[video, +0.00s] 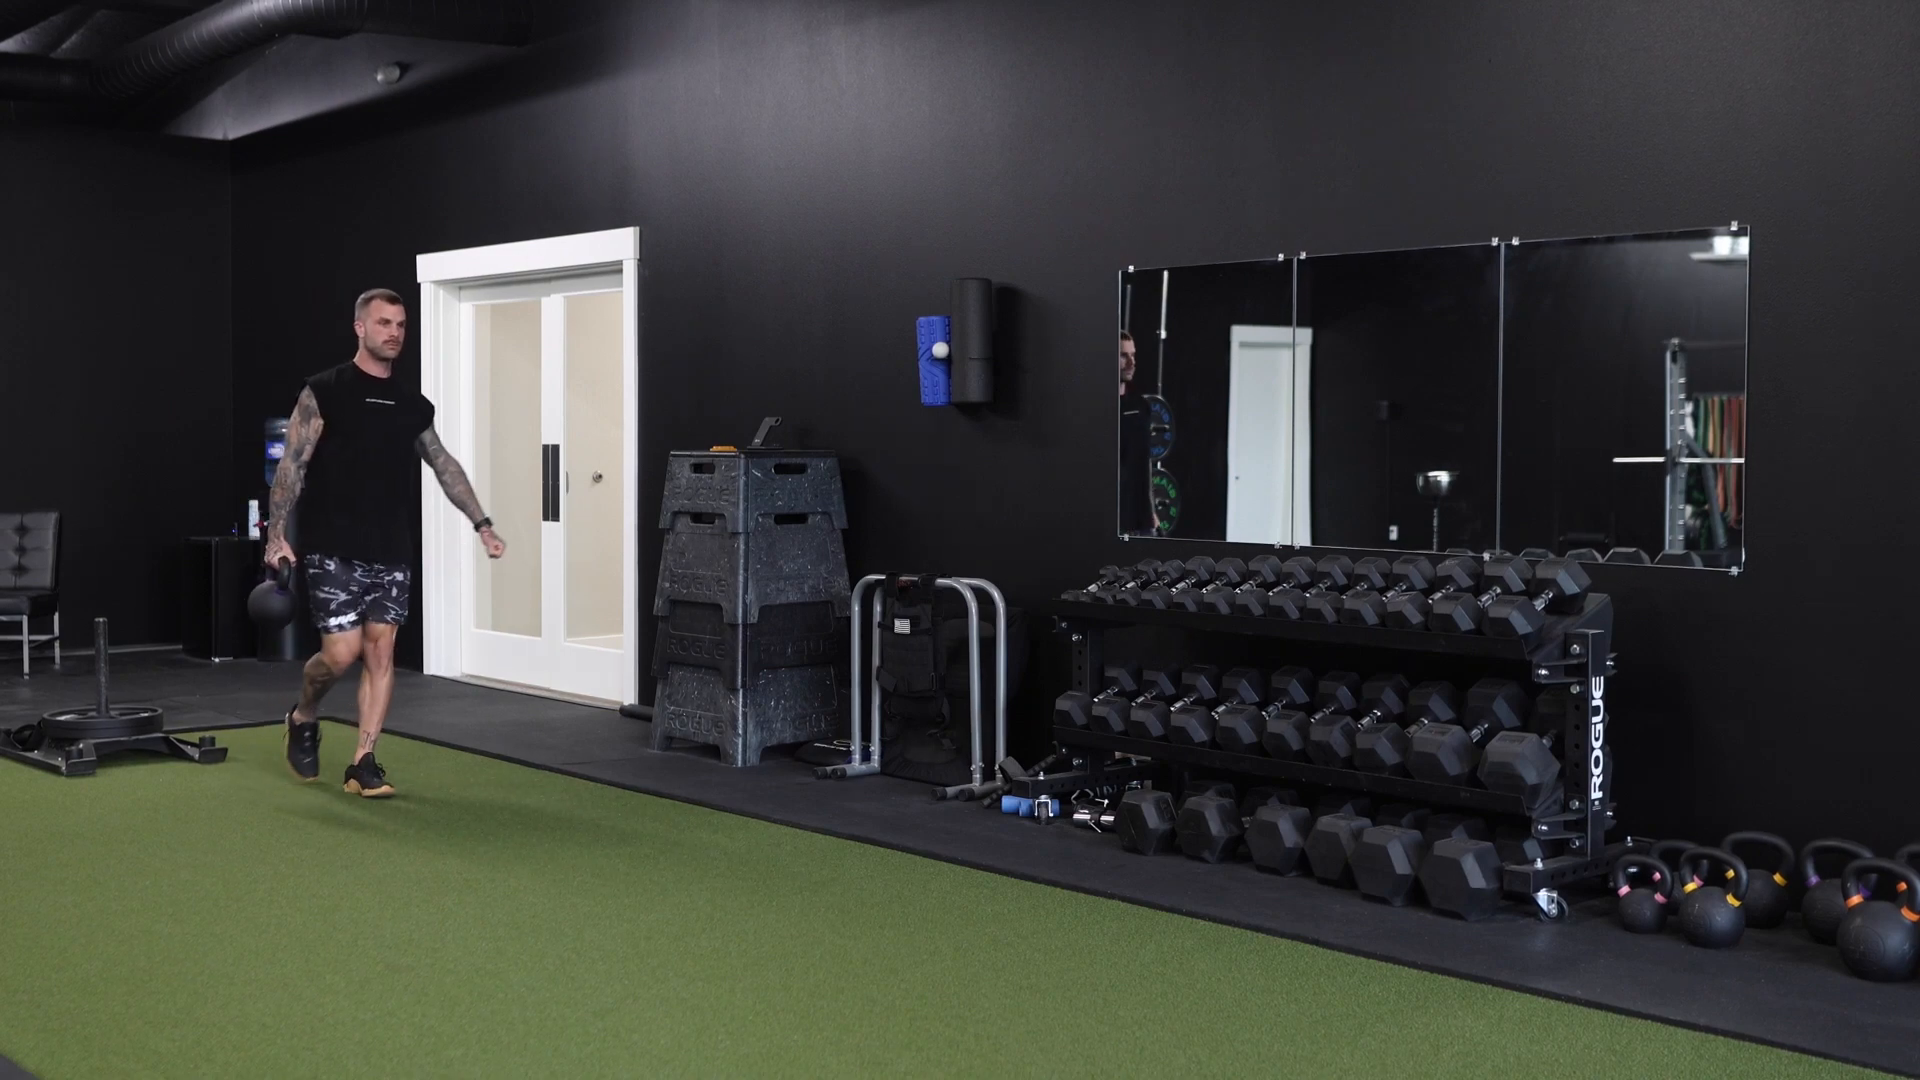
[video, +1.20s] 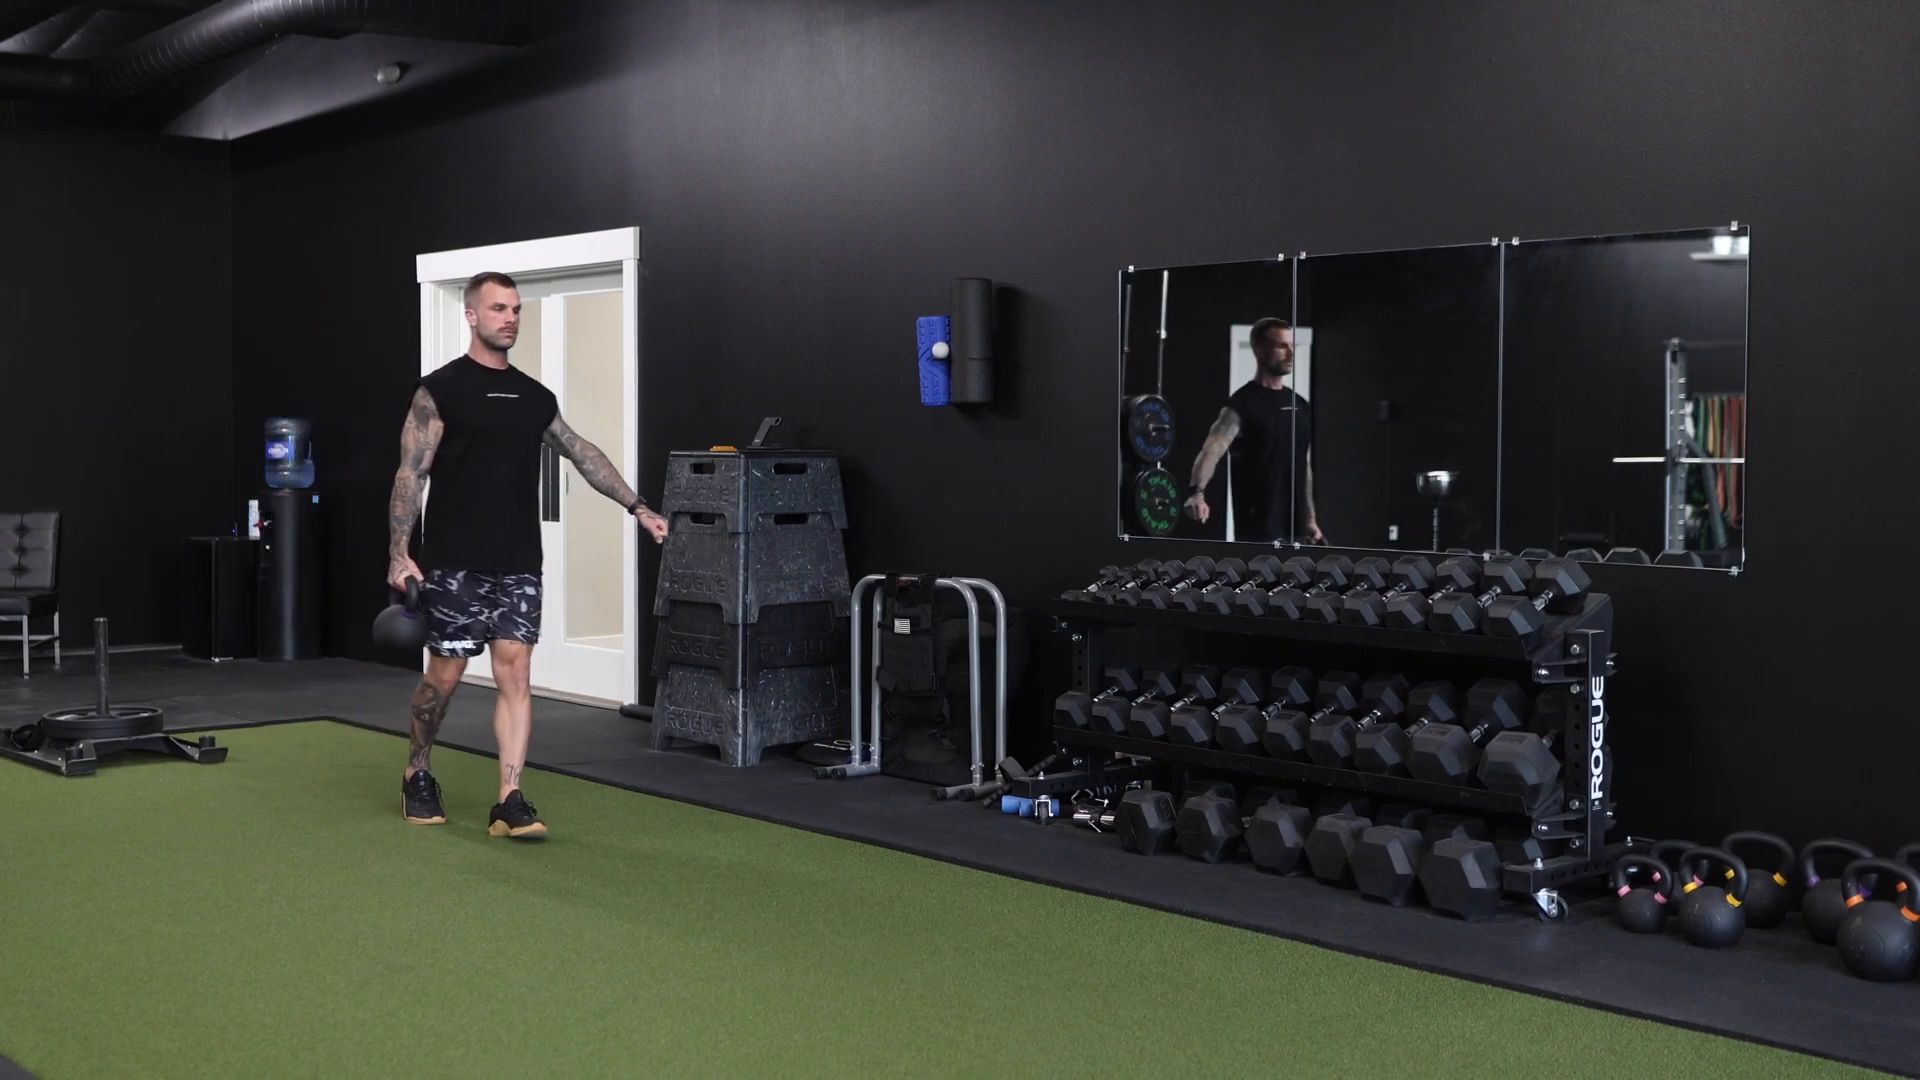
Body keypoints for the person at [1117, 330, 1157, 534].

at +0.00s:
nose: (1131, 362)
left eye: (1133, 356)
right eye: (1123, 356)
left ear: (1136, 358)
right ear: (1111, 358)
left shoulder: (1138, 406)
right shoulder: (1100, 404)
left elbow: (1142, 462)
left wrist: (1149, 513)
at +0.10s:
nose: (1140, 361)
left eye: (1142, 354)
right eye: (1132, 355)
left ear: (1145, 356)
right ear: (1115, 358)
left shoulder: (1148, 406)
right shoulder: (1105, 405)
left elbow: (1151, 467)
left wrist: (1160, 520)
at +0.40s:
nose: (1176, 359)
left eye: (1178, 353)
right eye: (1167, 353)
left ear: (1180, 355)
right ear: (1145, 357)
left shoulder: (1182, 405)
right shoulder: (1130, 407)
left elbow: (1188, 461)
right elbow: (1107, 456)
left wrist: (1198, 516)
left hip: (1181, 524)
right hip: (1140, 525)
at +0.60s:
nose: (1208, 356)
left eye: (1210, 349)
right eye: (1199, 349)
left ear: (1212, 352)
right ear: (1176, 354)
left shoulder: (1215, 405)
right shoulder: (1160, 405)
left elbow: (1218, 468)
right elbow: (1131, 452)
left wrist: (1227, 515)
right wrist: (1121, 492)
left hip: (1213, 522)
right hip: (1173, 523)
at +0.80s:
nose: (1236, 352)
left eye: (1238, 345)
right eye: (1227, 345)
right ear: (1204, 349)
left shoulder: (1245, 402)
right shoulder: (1189, 400)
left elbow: (1245, 459)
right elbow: (1158, 445)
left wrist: (1253, 512)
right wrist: (1146, 484)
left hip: (1239, 521)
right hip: (1201, 522)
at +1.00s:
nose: (1262, 351)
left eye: (1264, 344)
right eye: (1253, 344)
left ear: (1267, 346)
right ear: (1229, 348)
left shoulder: (1270, 403)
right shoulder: (1216, 399)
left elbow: (1270, 461)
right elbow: (1184, 445)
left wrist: (1278, 513)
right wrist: (1169, 485)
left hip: (1259, 518)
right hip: (1224, 516)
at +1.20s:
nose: (1290, 353)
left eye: (1292, 346)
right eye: (1281, 346)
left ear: (1294, 348)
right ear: (1258, 349)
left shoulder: (1300, 406)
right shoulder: (1243, 403)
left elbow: (1304, 467)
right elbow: (1212, 449)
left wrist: (1309, 520)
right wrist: (1196, 491)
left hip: (1292, 527)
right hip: (1253, 525)